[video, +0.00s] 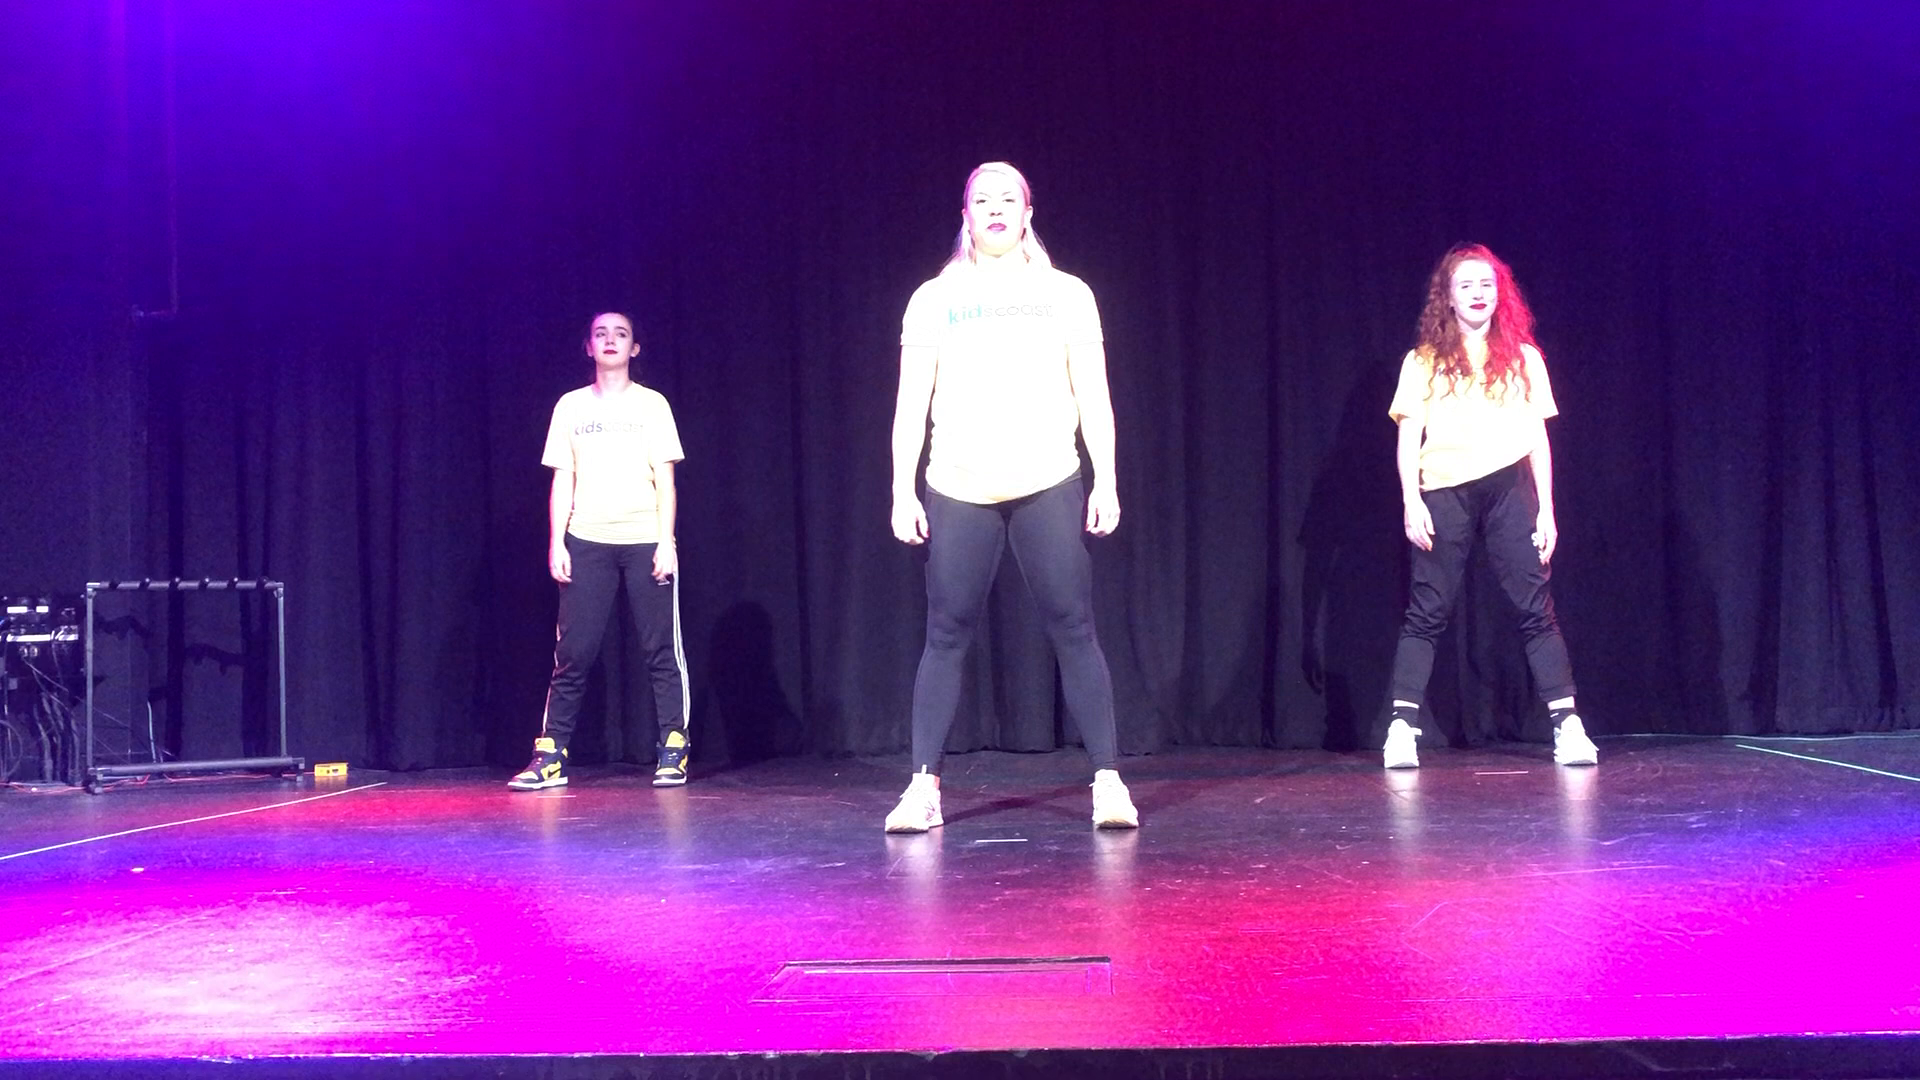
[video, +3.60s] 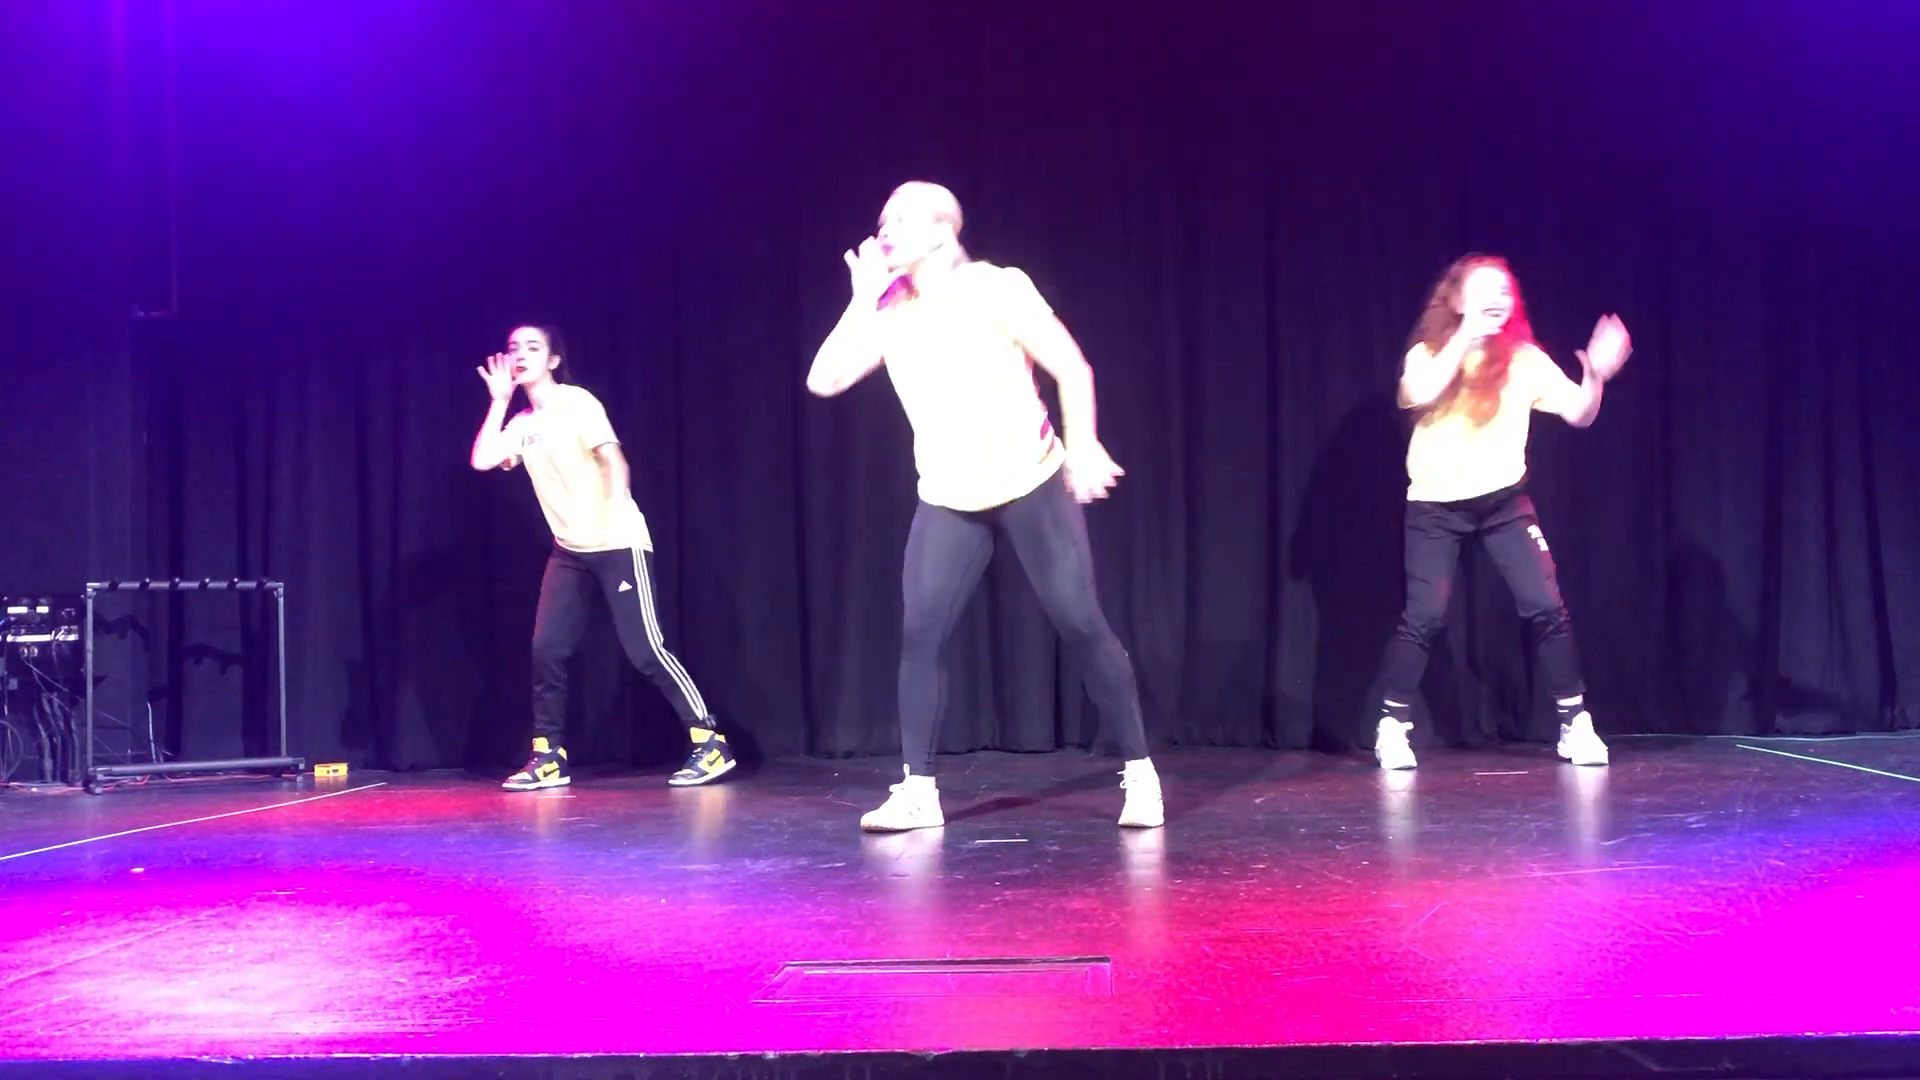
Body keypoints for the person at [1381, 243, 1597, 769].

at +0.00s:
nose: (1477, 294)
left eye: (1486, 284)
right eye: (1466, 285)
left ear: (1500, 293)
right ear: (1446, 294)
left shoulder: (1523, 355)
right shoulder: (1424, 360)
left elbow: (1538, 439)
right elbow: (1409, 437)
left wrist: (1545, 511)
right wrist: (1411, 499)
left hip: (1510, 489)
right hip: (1443, 493)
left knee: (1534, 605)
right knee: (1429, 609)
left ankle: (1566, 725)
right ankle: (1403, 726)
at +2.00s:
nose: (1478, 288)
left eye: (1487, 280)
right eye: (1468, 280)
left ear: (1502, 291)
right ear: (1448, 290)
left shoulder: (1527, 355)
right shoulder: (1426, 359)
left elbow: (1544, 435)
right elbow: (1413, 440)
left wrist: (1552, 506)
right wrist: (1417, 508)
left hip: (1514, 489)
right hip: (1446, 493)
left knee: (1536, 607)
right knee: (1430, 609)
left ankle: (1567, 725)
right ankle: (1404, 727)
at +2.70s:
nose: (1468, 285)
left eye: (1478, 276)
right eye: (1458, 277)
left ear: (1497, 286)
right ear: (1442, 289)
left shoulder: (1526, 350)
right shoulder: (1423, 357)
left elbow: (1545, 430)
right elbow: (1412, 435)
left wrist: (1552, 500)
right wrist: (1399, 498)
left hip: (1514, 488)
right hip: (1442, 492)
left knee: (1535, 606)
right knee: (1429, 609)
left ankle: (1567, 724)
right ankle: (1405, 728)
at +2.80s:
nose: (1439, 290)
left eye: (1450, 279)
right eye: (1431, 284)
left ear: (1480, 285)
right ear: (1426, 297)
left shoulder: (1519, 347)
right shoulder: (1419, 359)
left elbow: (1542, 433)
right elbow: (1395, 432)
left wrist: (1545, 505)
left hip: (1508, 487)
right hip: (1439, 493)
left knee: (1537, 607)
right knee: (1426, 611)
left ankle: (1570, 724)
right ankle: (1403, 729)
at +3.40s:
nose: (1408, 335)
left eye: (1419, 324)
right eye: (1402, 326)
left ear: (1449, 331)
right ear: (1396, 335)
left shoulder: (1484, 381)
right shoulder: (1401, 394)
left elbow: (1523, 460)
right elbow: (1343, 436)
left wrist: (1544, 539)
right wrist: (1381, 376)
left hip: (1494, 527)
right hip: (1432, 533)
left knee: (1519, 635)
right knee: (1408, 623)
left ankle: (1610, 719)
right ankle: (1402, 732)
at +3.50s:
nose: (1446, 319)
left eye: (1456, 311)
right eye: (1437, 310)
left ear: (1477, 320)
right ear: (1419, 318)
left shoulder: (1505, 370)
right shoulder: (1411, 378)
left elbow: (1550, 426)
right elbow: (1367, 415)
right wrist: (1413, 356)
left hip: (1500, 517)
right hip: (1430, 523)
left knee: (1538, 621)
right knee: (1416, 622)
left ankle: (1592, 721)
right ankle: (1403, 731)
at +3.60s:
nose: (1499, 305)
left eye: (1505, 296)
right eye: (1487, 296)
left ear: (1514, 303)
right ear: (1457, 302)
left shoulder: (1525, 360)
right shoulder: (1429, 353)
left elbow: (1578, 412)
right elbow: (1417, 394)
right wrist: (1464, 340)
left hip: (1505, 505)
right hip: (1434, 509)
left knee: (1546, 609)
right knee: (1424, 616)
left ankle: (1574, 726)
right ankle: (1392, 728)